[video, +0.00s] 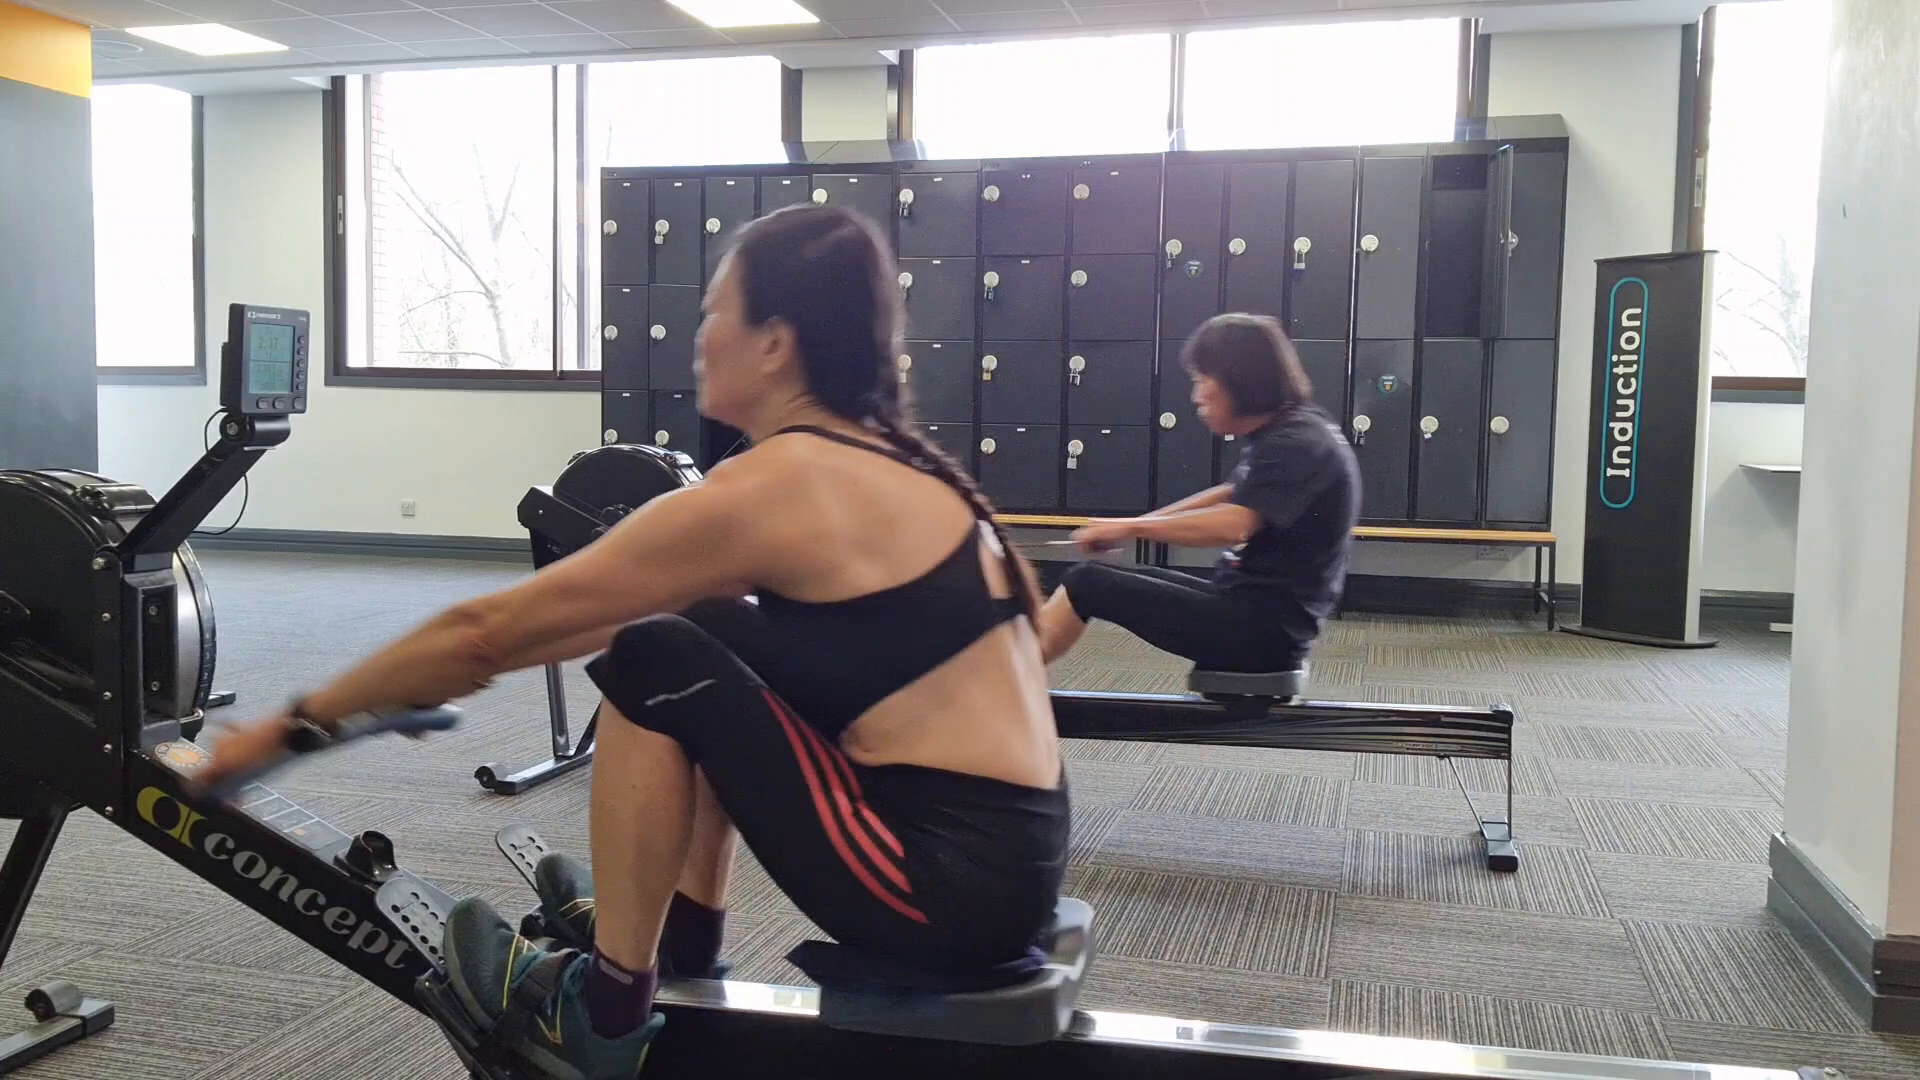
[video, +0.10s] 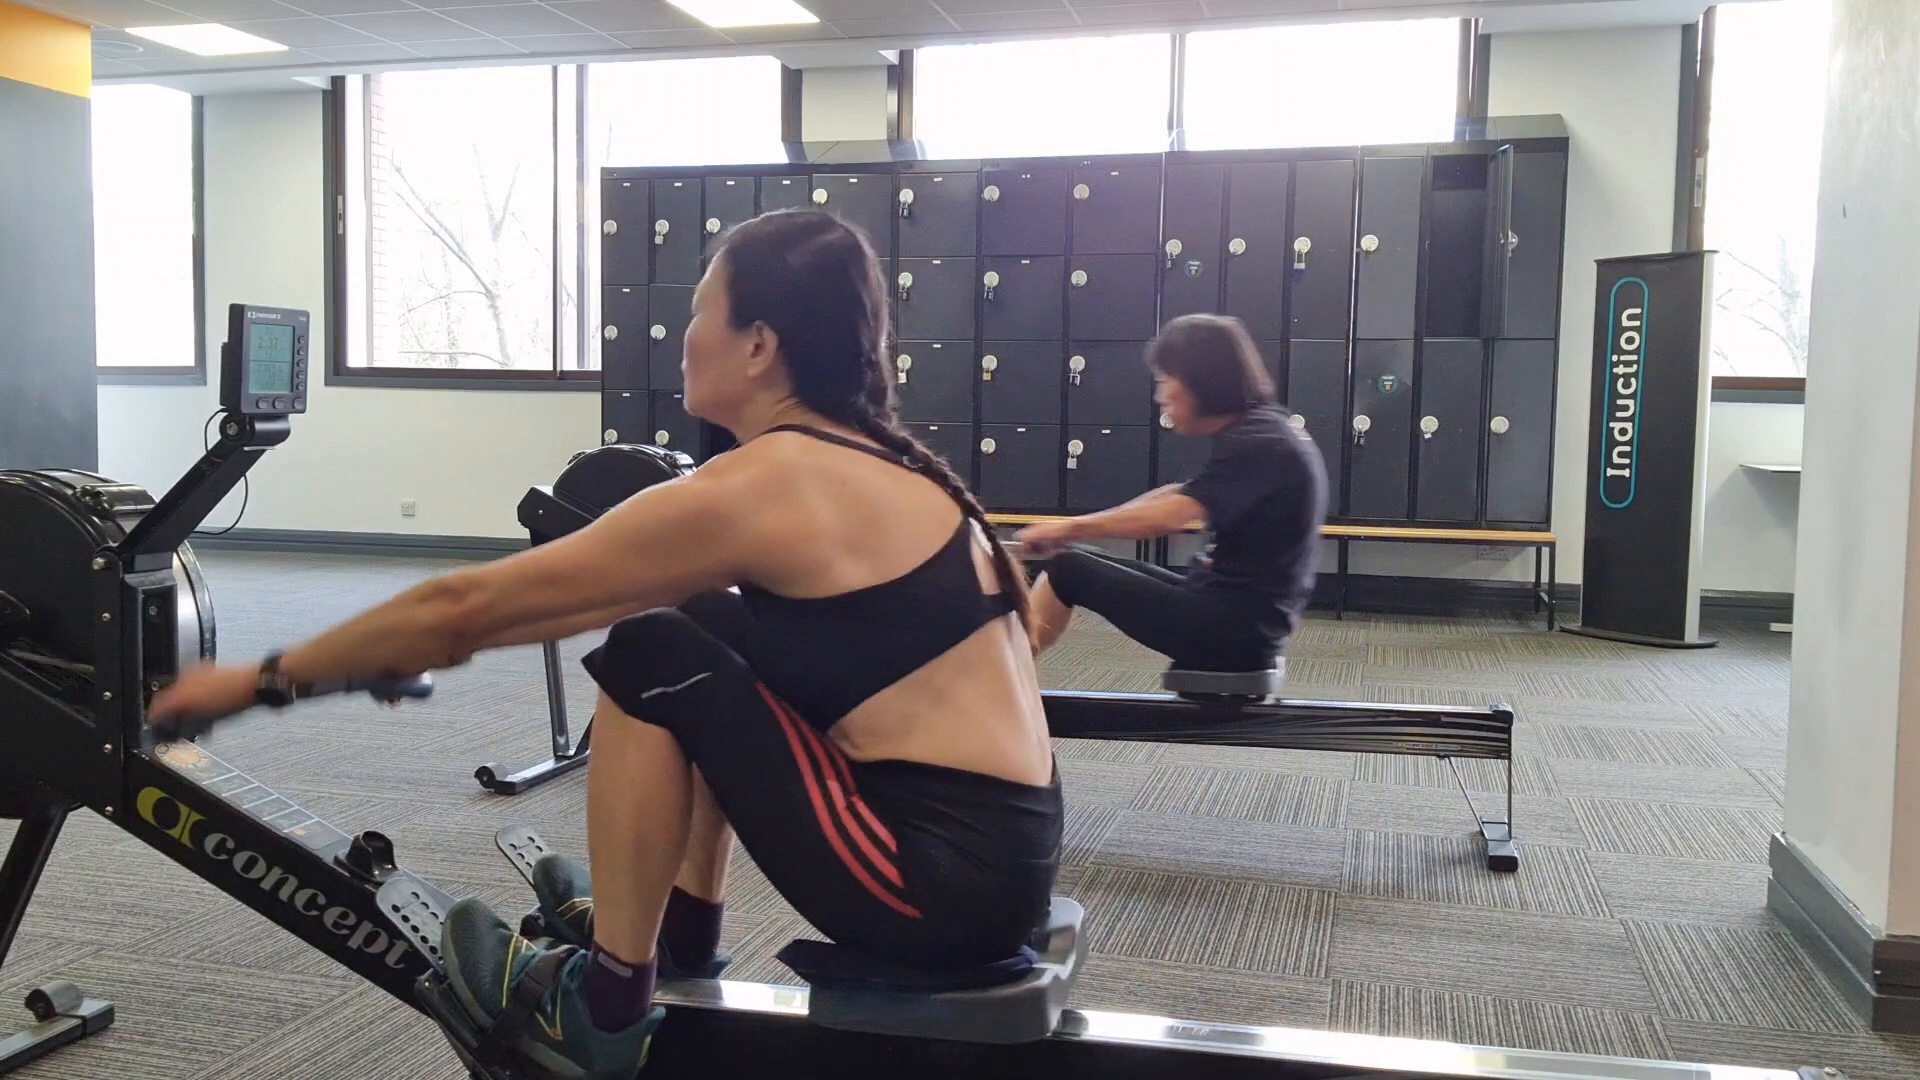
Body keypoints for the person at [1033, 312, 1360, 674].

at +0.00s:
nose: (1196, 396)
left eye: (1203, 380)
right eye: (1196, 381)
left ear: (1241, 380)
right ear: (1248, 380)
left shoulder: (1299, 441)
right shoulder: (1278, 435)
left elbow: (1235, 526)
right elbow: (1227, 495)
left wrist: (1130, 528)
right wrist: (1131, 527)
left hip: (1263, 633)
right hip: (1246, 614)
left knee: (1086, 585)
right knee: (1087, 577)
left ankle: (1002, 683)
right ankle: (1007, 678)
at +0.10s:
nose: (1158, 397)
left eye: (1164, 382)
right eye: (1159, 383)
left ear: (1203, 381)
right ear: (1216, 381)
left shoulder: (1263, 444)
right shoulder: (1266, 432)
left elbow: (1174, 516)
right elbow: (1173, 498)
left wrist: (1070, 531)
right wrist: (1073, 529)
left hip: (1233, 637)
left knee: (1069, 569)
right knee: (1071, 559)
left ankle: (1005, 673)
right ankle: (1008, 665)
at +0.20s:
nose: (1119, 398)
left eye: (1125, 382)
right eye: (1119, 383)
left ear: (1162, 382)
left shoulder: (1215, 441)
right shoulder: (1232, 428)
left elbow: (1105, 514)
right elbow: (1115, 508)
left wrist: (1017, 527)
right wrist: (1023, 526)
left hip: (1207, 637)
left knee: (1050, 555)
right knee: (1052, 548)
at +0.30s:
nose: (1081, 399)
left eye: (1086, 381)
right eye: (1080, 383)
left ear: (1120, 381)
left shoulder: (1170, 440)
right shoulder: (1199, 429)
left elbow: (1080, 507)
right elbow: (1091, 503)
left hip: (1179, 642)